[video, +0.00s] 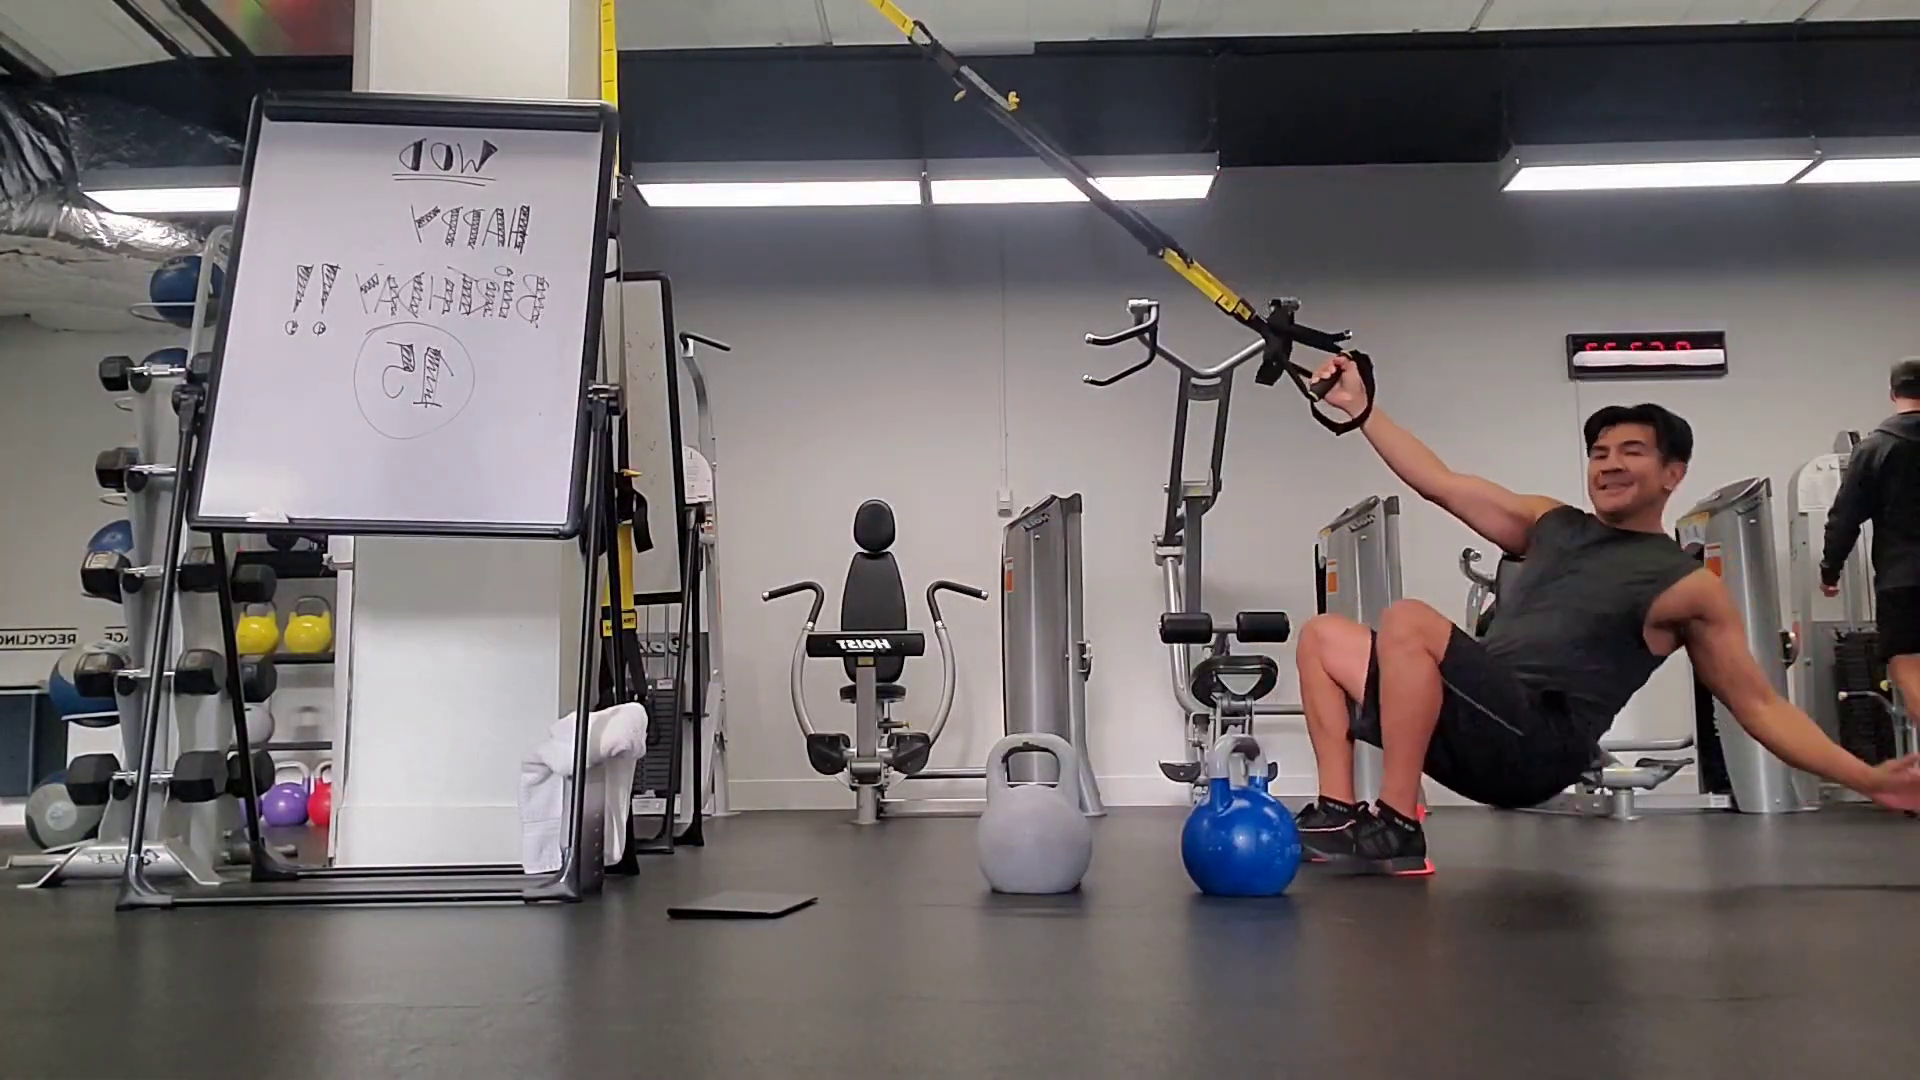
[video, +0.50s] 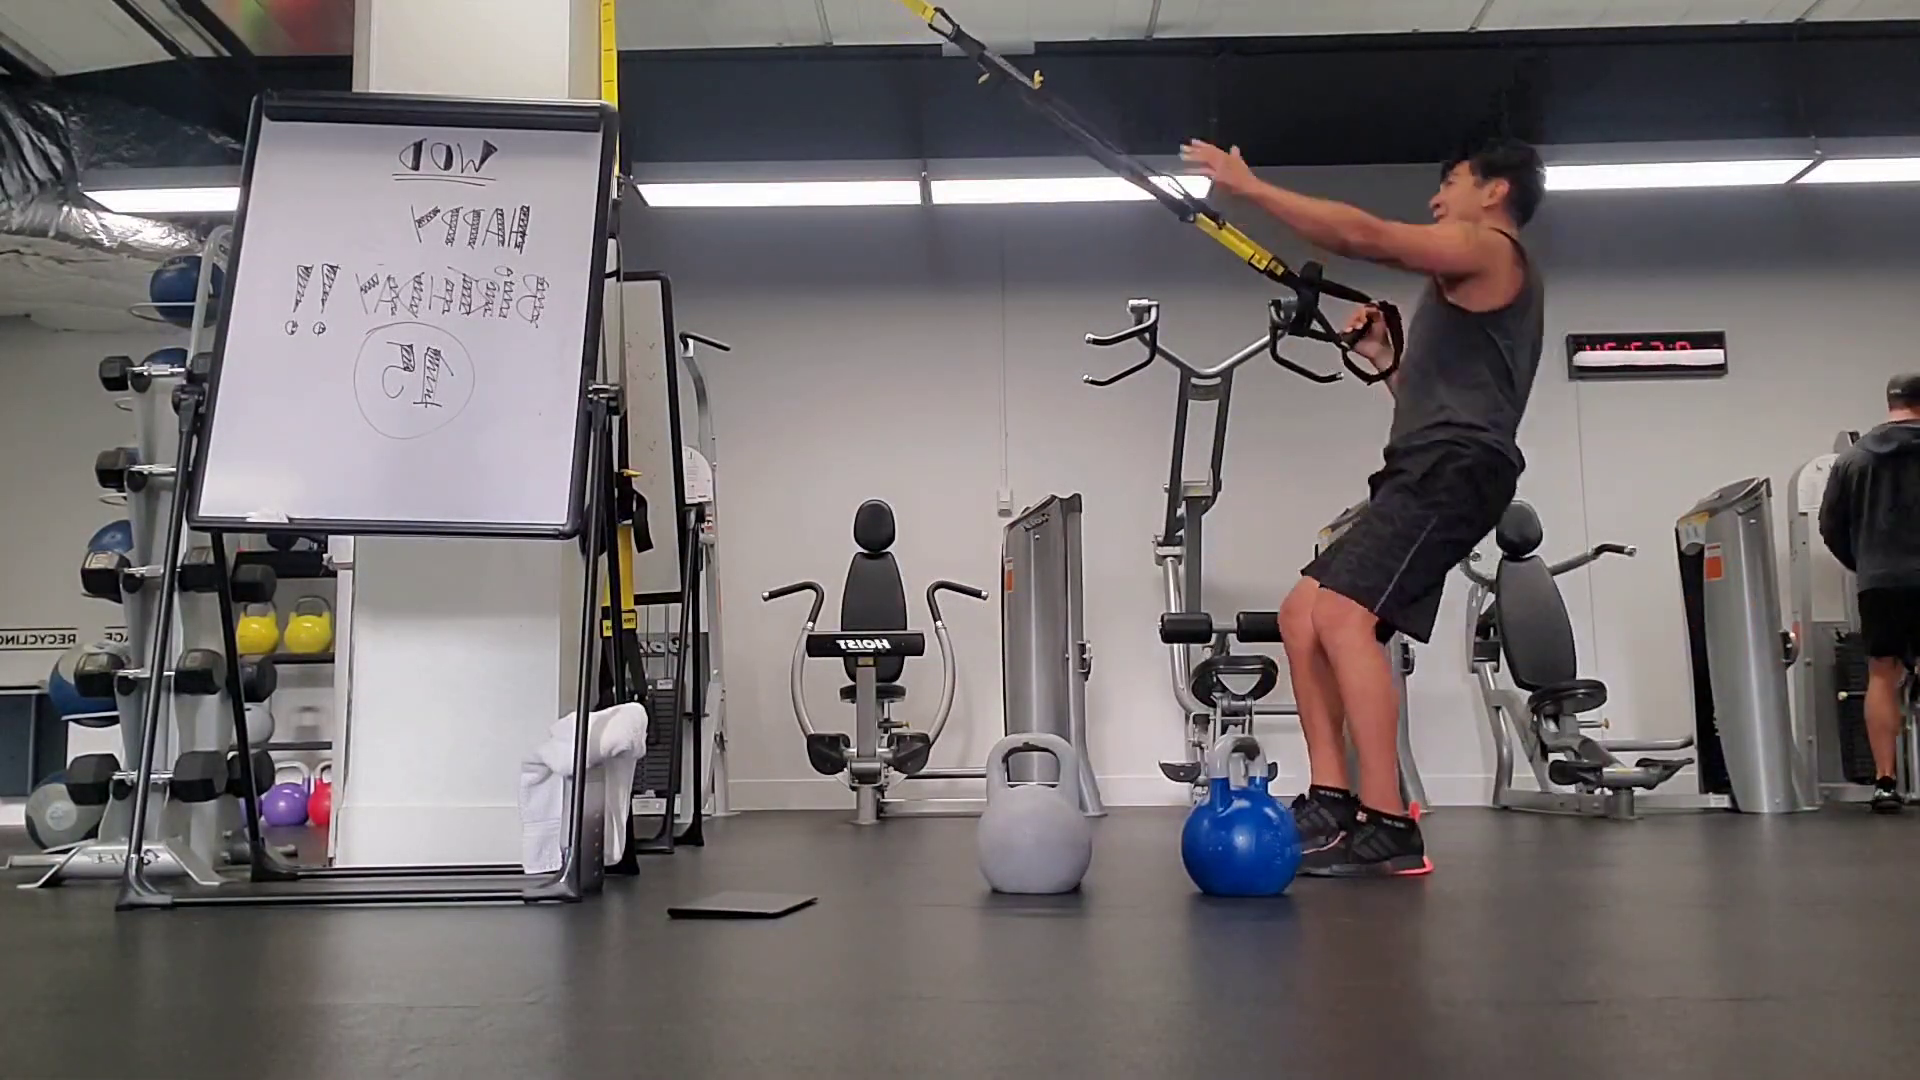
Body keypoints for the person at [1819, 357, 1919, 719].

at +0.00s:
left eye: (1893, 393)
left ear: (1893, 394)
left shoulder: (1880, 446)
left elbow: (1844, 518)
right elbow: (1845, 518)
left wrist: (1830, 570)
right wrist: (1830, 569)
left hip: (1903, 579)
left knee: (1907, 667)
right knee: (1905, 668)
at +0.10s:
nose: (1894, 402)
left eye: (1892, 396)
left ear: (1893, 396)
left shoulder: (1873, 449)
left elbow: (1848, 523)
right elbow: (1848, 522)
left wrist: (1843, 577)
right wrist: (1845, 577)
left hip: (1897, 581)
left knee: (1886, 677)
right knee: (1893, 681)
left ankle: (1919, 741)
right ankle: (1911, 789)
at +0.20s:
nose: (1903, 407)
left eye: (1897, 398)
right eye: (1911, 399)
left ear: (1892, 399)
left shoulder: (1869, 452)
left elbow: (1847, 529)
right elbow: (1848, 530)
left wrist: (1852, 584)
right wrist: (1853, 584)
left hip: (1893, 582)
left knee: (1871, 667)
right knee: (1893, 669)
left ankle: (1910, 744)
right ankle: (1908, 764)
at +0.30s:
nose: (1902, 408)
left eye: (1897, 399)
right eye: (1909, 400)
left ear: (1891, 400)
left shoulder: (1866, 453)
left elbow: (1842, 529)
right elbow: (1844, 531)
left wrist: (1858, 584)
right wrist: (1859, 582)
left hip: (1888, 586)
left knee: (1872, 671)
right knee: (1880, 671)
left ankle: (1892, 768)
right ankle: (1893, 768)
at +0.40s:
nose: (1904, 410)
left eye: (1898, 402)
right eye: (1910, 402)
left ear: (1890, 402)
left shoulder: (1861, 454)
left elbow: (1835, 529)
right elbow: (1837, 529)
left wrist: (1862, 579)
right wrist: (1862, 577)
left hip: (1884, 584)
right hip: (1917, 583)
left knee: (1877, 673)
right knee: (1885, 675)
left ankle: (1877, 780)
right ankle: (1880, 778)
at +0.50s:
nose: (1910, 412)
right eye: (1914, 404)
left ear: (1888, 405)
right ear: (1919, 405)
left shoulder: (1858, 456)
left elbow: (1831, 528)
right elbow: (1833, 528)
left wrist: (1869, 564)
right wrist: (1870, 567)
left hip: (1883, 585)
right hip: (1916, 581)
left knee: (1882, 674)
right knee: (1895, 675)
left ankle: (1885, 782)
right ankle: (1889, 779)